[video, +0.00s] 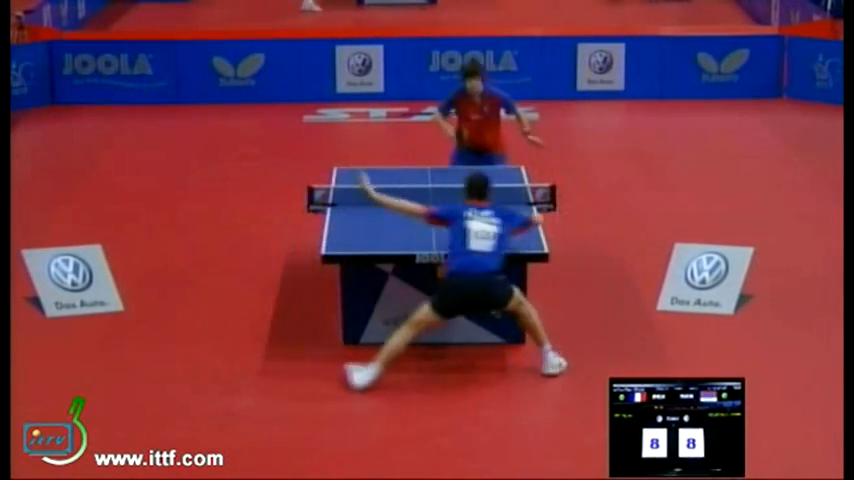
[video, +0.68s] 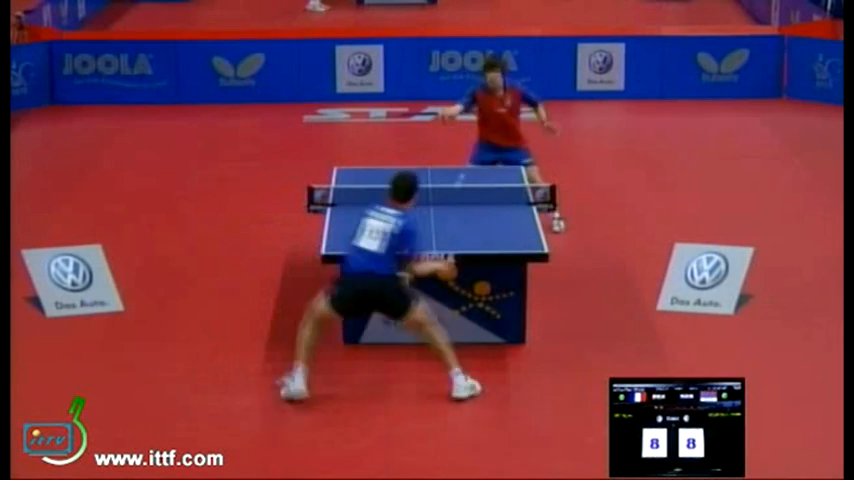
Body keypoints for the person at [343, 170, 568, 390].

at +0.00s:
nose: (472, 195)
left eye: (470, 191)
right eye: (480, 192)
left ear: (466, 194)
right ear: (488, 195)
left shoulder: (457, 213)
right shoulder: (503, 217)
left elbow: (418, 211)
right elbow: (534, 222)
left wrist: (375, 197)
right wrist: (537, 216)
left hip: (457, 283)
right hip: (492, 283)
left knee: (413, 326)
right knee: (523, 310)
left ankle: (371, 371)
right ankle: (550, 357)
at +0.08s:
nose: (492, 200)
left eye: (486, 196)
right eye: (497, 197)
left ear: (480, 199)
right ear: (502, 200)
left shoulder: (468, 216)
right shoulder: (512, 222)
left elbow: (434, 223)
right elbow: (535, 231)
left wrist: (388, 219)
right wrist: (536, 215)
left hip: (463, 284)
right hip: (498, 284)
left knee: (422, 326)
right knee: (530, 312)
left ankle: (393, 371)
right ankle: (559, 359)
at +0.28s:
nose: (471, 195)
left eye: (467, 190)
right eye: (475, 191)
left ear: (460, 195)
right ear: (483, 196)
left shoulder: (449, 217)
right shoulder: (492, 219)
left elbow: (410, 223)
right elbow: (521, 246)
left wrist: (365, 213)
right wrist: (530, 229)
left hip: (457, 289)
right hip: (493, 288)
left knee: (408, 307)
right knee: (524, 312)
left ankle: (404, 370)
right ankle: (558, 359)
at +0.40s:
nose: (446, 183)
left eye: (441, 178)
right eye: (453, 179)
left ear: (435, 181)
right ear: (460, 183)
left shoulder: (420, 204)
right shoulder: (468, 211)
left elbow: (384, 214)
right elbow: (496, 244)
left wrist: (353, 224)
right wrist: (500, 227)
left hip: (425, 278)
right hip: (461, 279)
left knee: (384, 304)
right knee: (496, 314)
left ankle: (391, 366)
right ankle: (532, 356)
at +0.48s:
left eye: (430, 179)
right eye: (443, 180)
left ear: (423, 182)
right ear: (447, 183)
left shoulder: (407, 203)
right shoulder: (455, 208)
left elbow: (369, 224)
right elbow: (479, 245)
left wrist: (357, 246)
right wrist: (483, 236)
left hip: (407, 270)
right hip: (443, 272)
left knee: (369, 304)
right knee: (477, 310)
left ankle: (363, 365)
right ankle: (492, 366)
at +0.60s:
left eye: (413, 186)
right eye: (422, 188)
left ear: (404, 190)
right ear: (426, 193)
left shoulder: (385, 213)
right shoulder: (433, 221)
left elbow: (356, 244)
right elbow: (450, 267)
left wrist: (371, 268)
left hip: (380, 282)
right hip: (415, 284)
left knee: (340, 325)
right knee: (450, 321)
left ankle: (306, 379)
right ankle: (462, 381)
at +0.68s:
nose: (412, 199)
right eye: (413, 195)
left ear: (390, 192)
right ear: (412, 197)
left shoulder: (370, 212)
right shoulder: (406, 222)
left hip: (352, 282)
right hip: (386, 285)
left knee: (312, 317)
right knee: (427, 324)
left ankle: (298, 378)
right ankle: (459, 378)